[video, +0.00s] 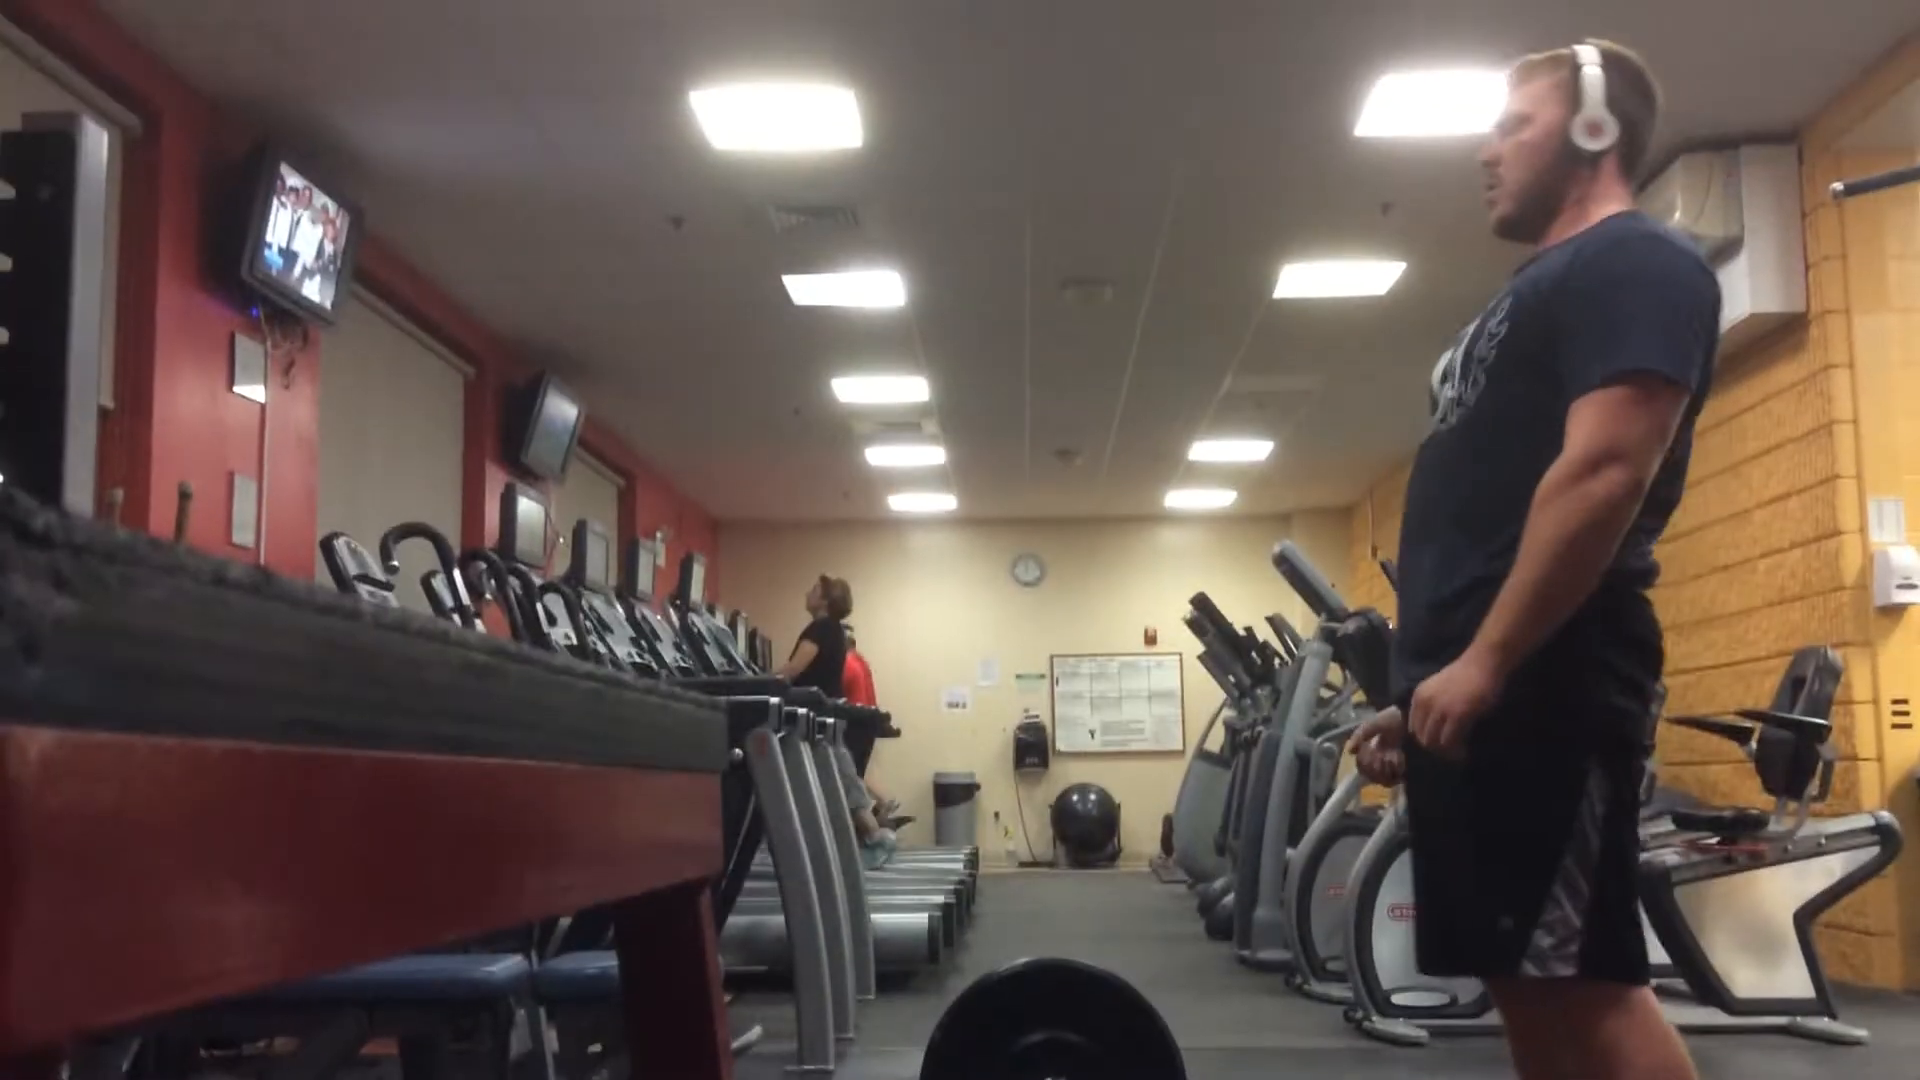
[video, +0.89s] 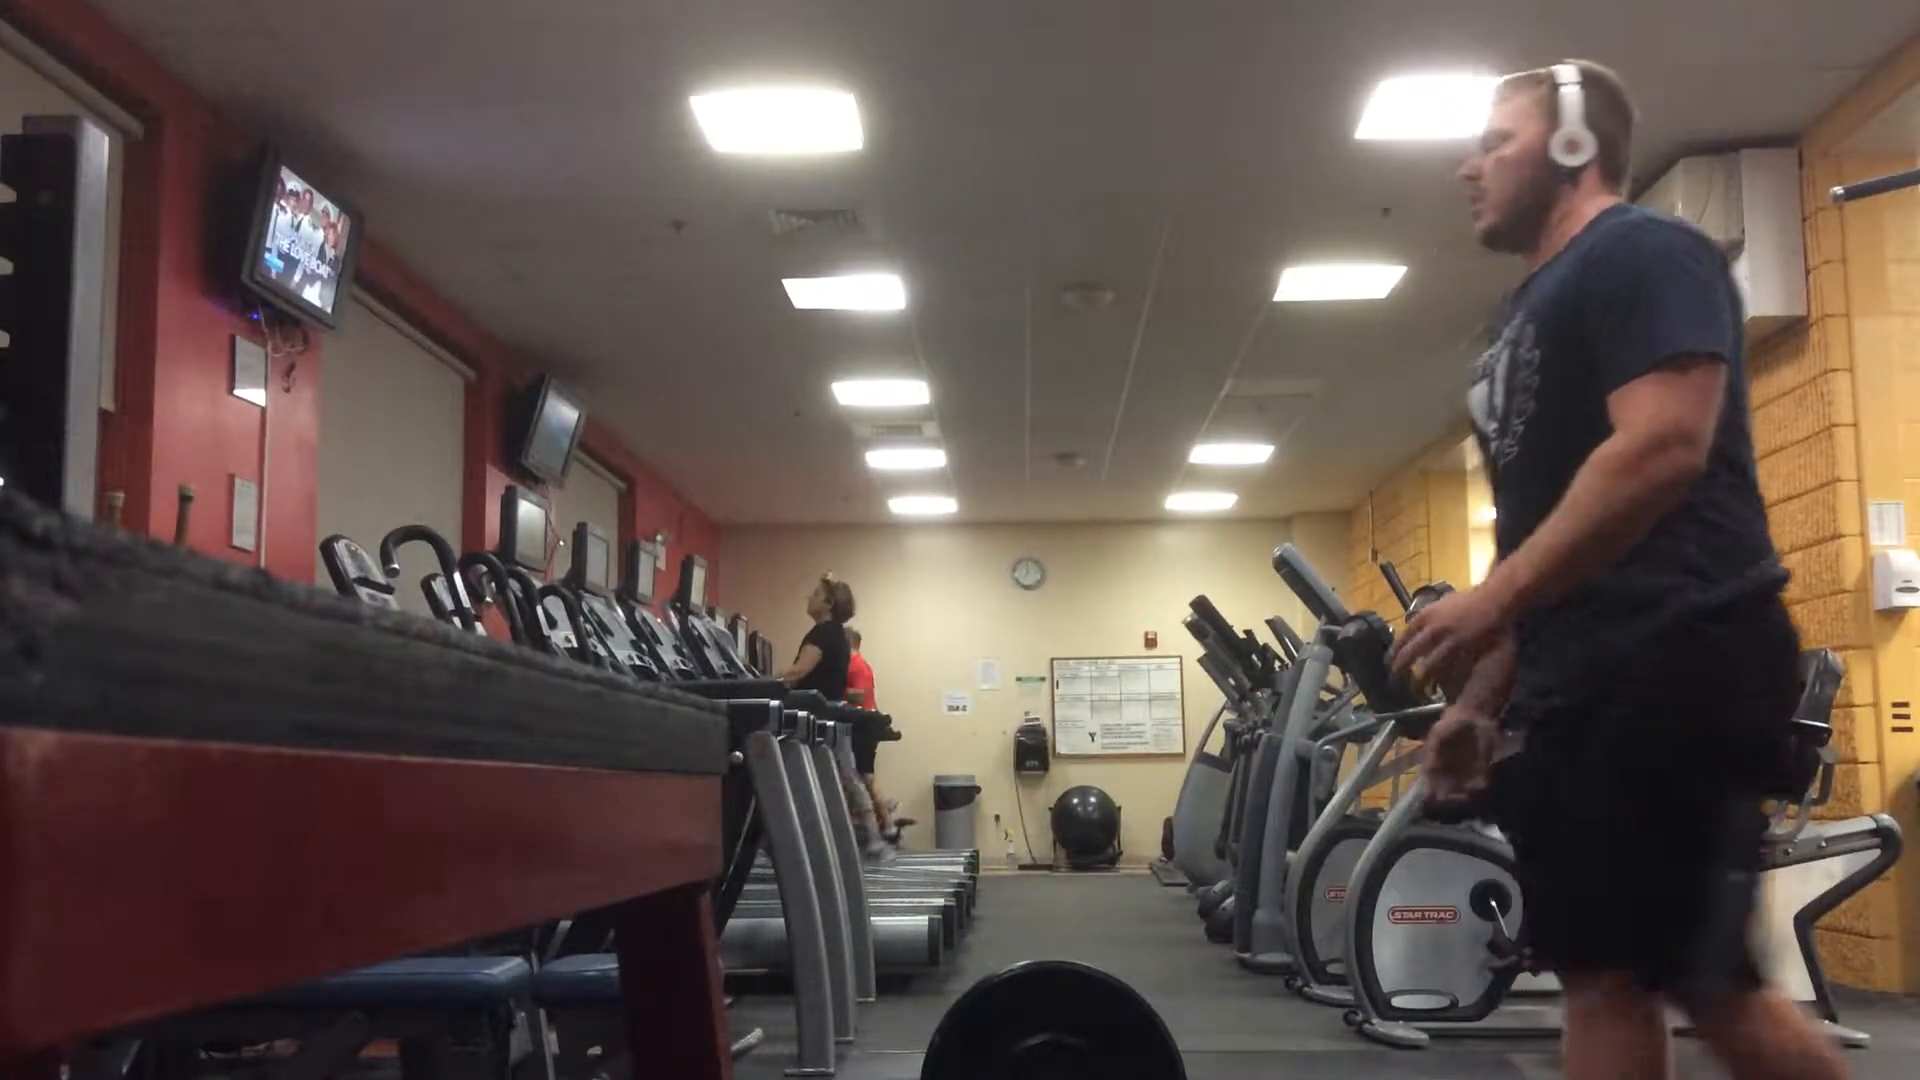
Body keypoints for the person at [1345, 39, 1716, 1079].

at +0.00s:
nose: (1486, 148)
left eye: (1512, 122)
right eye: (1495, 126)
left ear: (1590, 133)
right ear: (1576, 139)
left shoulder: (1633, 256)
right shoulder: (1528, 295)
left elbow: (1604, 474)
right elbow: (1484, 516)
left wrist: (1483, 660)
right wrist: (1414, 696)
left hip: (1557, 664)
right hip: (1489, 674)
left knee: (1590, 992)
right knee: (1523, 986)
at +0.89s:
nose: (1471, 167)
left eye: (1496, 142)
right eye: (1477, 147)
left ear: (1572, 150)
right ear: (1556, 158)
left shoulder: (1643, 246)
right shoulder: (1524, 318)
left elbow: (1667, 444)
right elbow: (1536, 535)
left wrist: (1495, 594)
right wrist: (1478, 699)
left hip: (1683, 654)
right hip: (1584, 673)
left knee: (1713, 990)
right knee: (1604, 984)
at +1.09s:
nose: (1534, 148)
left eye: (1560, 122)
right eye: (1538, 128)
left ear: (1643, 132)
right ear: (1622, 140)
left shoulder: (1730, 246)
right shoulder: (1580, 314)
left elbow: (1759, 454)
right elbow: (1583, 525)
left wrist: (1592, 632)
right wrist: (1542, 691)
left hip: (1779, 653)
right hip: (1638, 677)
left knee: (1854, 985)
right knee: (1633, 980)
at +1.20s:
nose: (1571, 140)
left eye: (1599, 114)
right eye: (1575, 119)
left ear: (1685, 126)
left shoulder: (1786, 253)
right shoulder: (1611, 317)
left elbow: (1840, 475)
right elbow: (1628, 522)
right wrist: (1577, 692)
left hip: (1829, 667)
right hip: (1677, 683)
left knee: (1874, 986)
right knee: (1639, 970)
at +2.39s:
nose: (1629, 170)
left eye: (1648, 141)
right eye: (1633, 148)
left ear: (1724, 139)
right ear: (1714, 147)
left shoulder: (1801, 242)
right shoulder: (1688, 305)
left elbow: (1832, 442)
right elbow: (1706, 524)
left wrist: (1747, 638)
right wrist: (1655, 698)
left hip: (1820, 641)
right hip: (1737, 653)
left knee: (1800, 978)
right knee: (1763, 968)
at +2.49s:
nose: (1631, 181)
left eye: (1650, 152)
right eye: (1636, 158)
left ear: (1725, 147)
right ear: (1722, 156)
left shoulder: (1805, 251)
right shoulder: (1706, 310)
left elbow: (1811, 452)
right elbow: (1699, 528)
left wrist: (1684, 629)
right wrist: (1633, 696)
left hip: (1811, 637)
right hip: (1758, 646)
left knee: (1689, 929)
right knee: (1809, 956)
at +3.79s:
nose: (1578, 198)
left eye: (1598, 172)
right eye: (1578, 179)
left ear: (1677, 172)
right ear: (1671, 182)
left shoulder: (1776, 256)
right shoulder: (1644, 357)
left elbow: (1850, 441)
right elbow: (1664, 564)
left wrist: (1823, 636)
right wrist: (1620, 732)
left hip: (1812, 658)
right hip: (1732, 683)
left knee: (1738, 949)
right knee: (1830, 975)